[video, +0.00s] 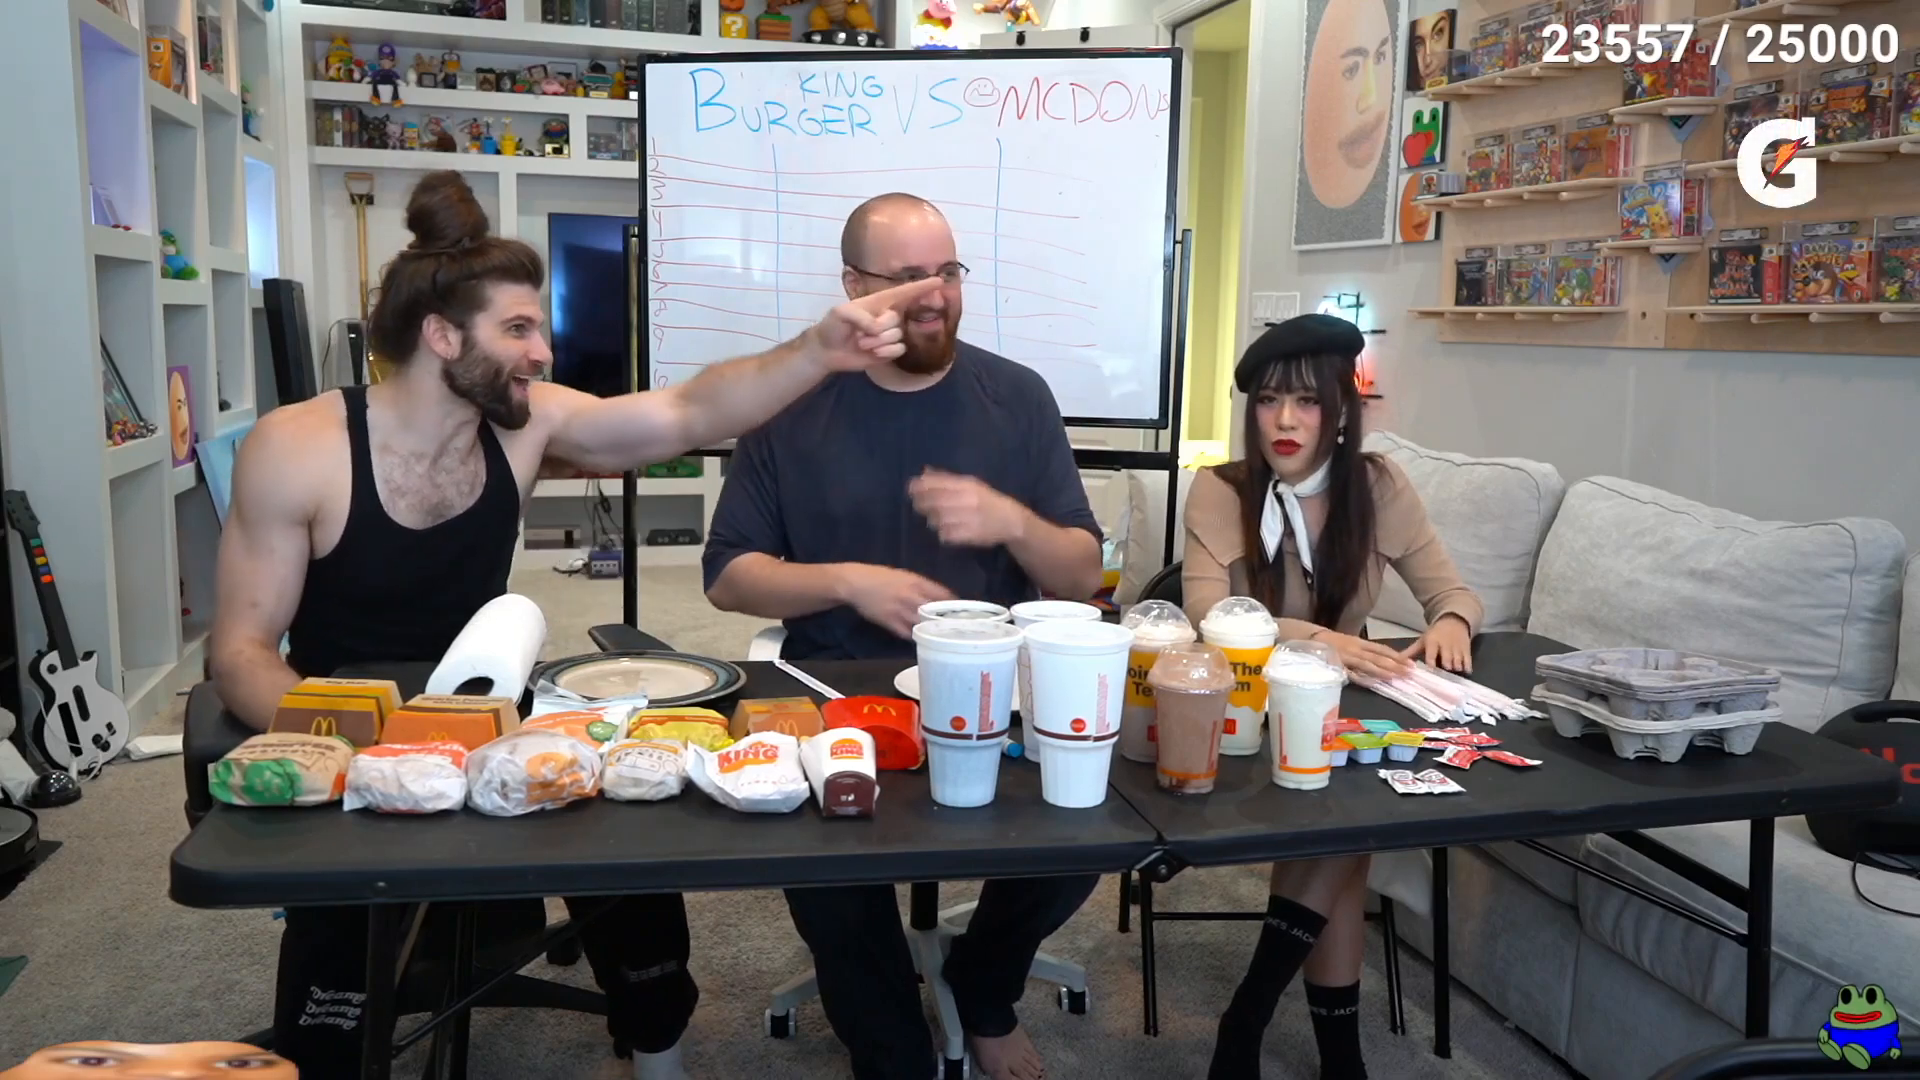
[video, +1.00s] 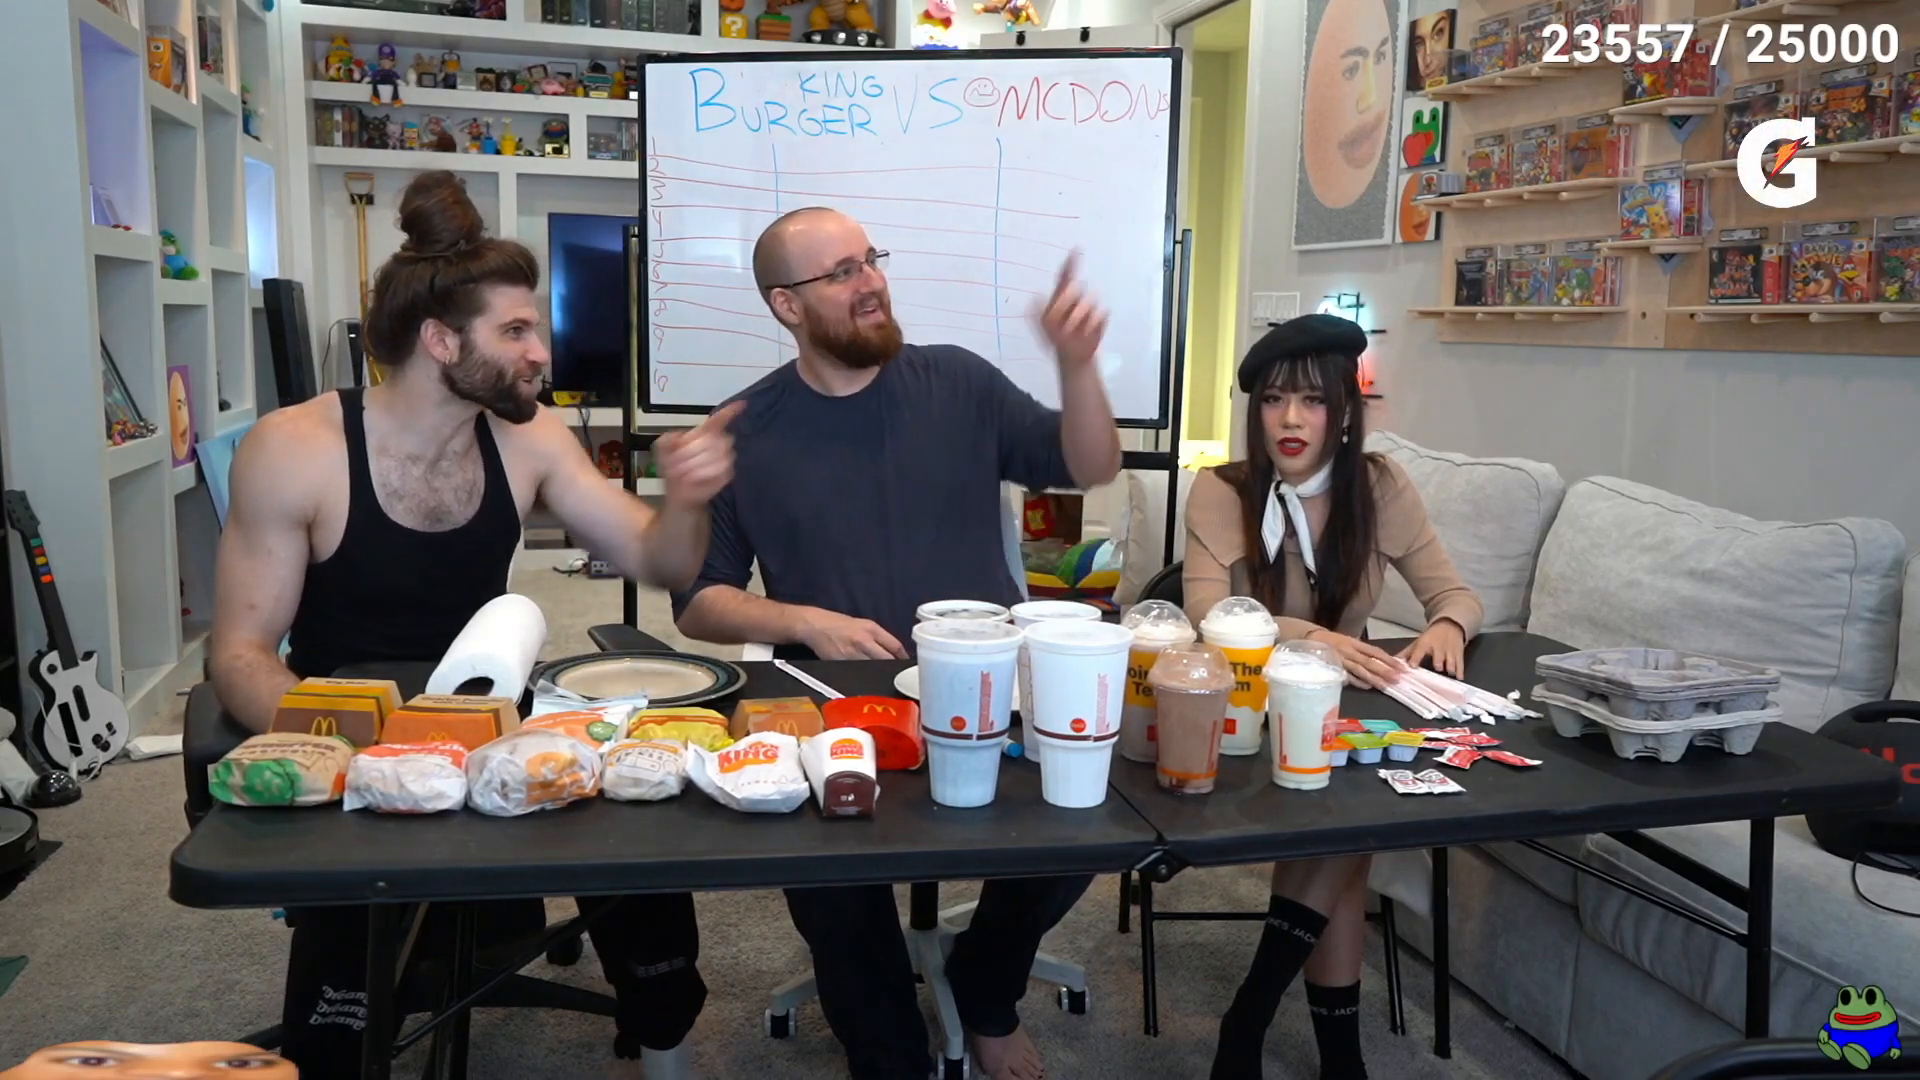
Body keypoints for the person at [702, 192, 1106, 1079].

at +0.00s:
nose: (935, 294)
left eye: (947, 272)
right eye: (908, 277)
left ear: (964, 276)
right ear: (853, 289)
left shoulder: (1015, 395)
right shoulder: (790, 408)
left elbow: (1083, 575)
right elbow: (727, 575)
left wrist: (1014, 522)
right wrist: (848, 580)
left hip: (998, 681)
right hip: (839, 688)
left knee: (1077, 834)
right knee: (823, 857)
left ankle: (980, 988)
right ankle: (899, 1061)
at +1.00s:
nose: (873, 282)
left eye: (872, 261)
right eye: (843, 273)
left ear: (884, 267)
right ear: (786, 306)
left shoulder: (958, 380)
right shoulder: (741, 432)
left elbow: (1092, 464)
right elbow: (698, 602)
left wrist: (1078, 367)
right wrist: (805, 623)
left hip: (982, 689)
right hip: (833, 702)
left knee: (1071, 826)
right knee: (820, 861)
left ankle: (982, 991)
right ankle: (895, 1062)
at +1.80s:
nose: (830, 301)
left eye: (842, 276)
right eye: (799, 288)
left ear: (863, 280)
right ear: (764, 311)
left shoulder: (955, 382)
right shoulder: (734, 431)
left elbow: (1095, 476)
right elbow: (696, 590)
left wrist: (999, 504)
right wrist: (775, 613)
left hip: (975, 684)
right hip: (824, 697)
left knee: (1061, 821)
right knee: (814, 852)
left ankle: (1003, 1017)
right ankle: (884, 1057)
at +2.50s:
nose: (803, 362)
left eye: (827, 334)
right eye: (780, 337)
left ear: (876, 324)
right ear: (759, 333)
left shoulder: (981, 396)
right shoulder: (744, 395)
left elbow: (1104, 444)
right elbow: (754, 482)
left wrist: (1082, 606)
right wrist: (784, 590)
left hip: (953, 683)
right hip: (814, 674)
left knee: (900, 846)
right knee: (748, 828)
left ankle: (894, 1040)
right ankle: (835, 1013)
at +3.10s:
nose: (703, 262)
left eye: (716, 238)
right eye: (690, 240)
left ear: (795, 189)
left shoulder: (970, 240)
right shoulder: (711, 250)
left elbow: (1090, 373)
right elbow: (740, 390)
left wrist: (1097, 544)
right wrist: (779, 516)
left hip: (934, 571)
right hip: (796, 560)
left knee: (873, 811)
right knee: (763, 798)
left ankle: (898, 1030)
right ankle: (837, 1016)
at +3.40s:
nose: (682, 104)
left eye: (680, 76)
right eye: (672, 82)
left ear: (746, 46)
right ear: (744, 50)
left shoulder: (950, 155)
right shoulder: (763, 150)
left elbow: (1052, 350)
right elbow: (780, 323)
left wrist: (1018, 538)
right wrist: (782, 461)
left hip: (903, 541)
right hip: (776, 514)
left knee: (854, 797)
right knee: (731, 760)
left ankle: (900, 1023)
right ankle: (814, 982)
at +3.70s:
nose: (634, 79)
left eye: (623, 49)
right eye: (621, 55)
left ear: (671, 20)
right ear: (686, 18)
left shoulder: (854, 121)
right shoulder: (765, 122)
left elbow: (972, 335)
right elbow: (827, 328)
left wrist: (894, 521)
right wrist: (784, 485)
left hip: (866, 522)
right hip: (783, 505)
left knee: (850, 771)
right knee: (716, 730)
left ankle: (893, 1025)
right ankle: (770, 980)